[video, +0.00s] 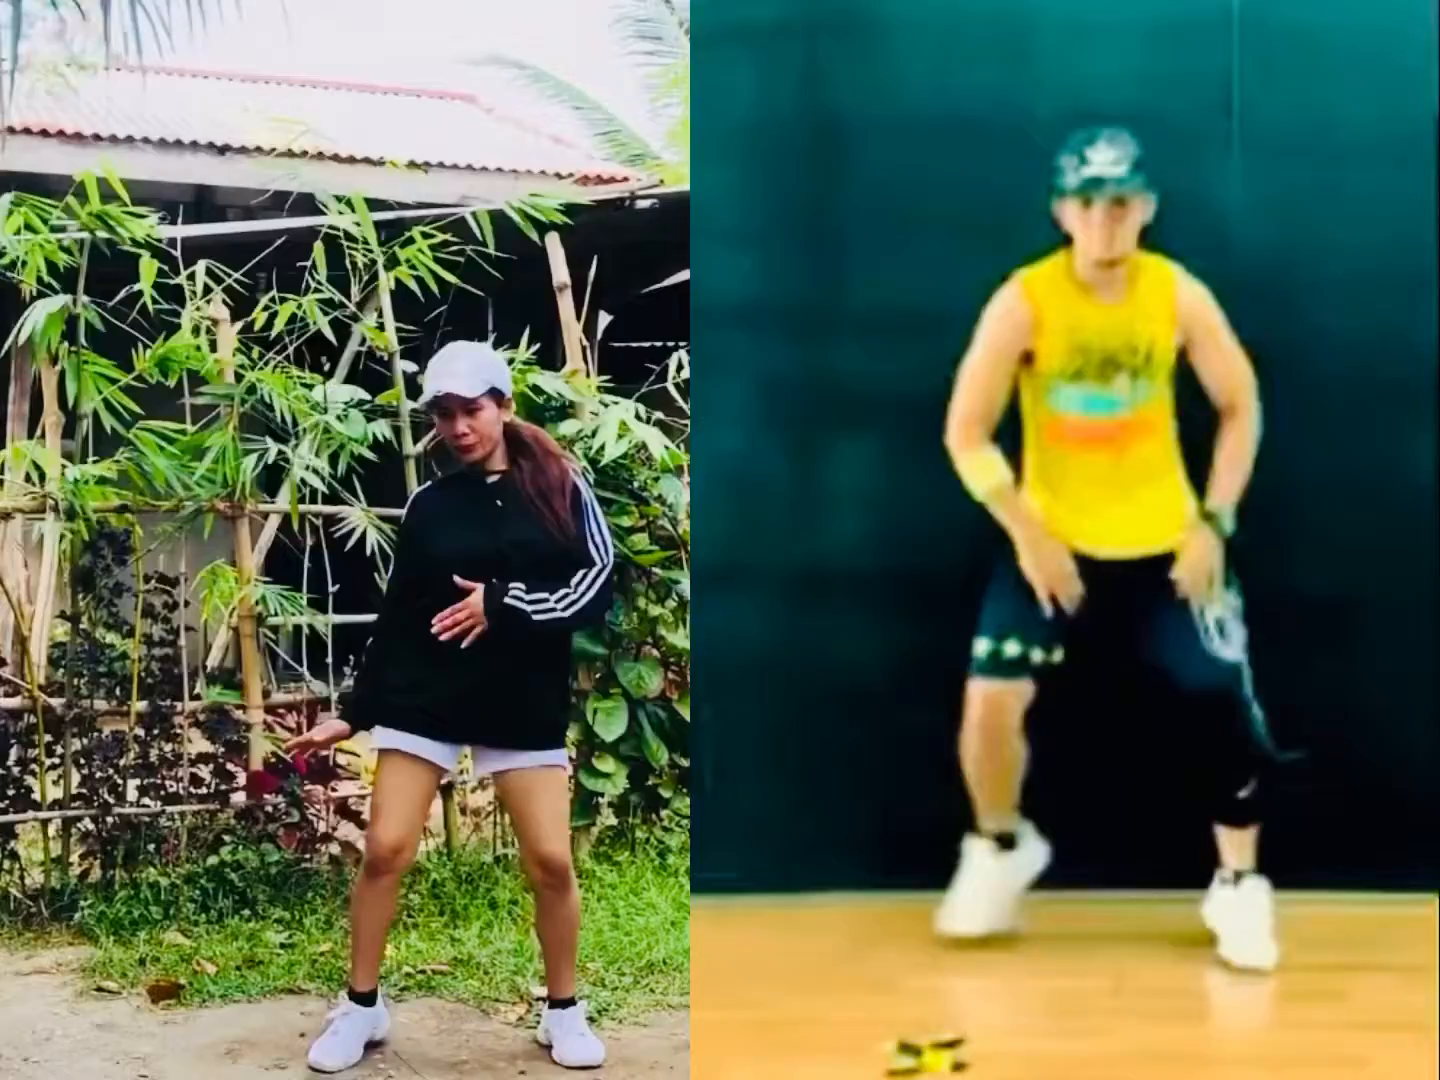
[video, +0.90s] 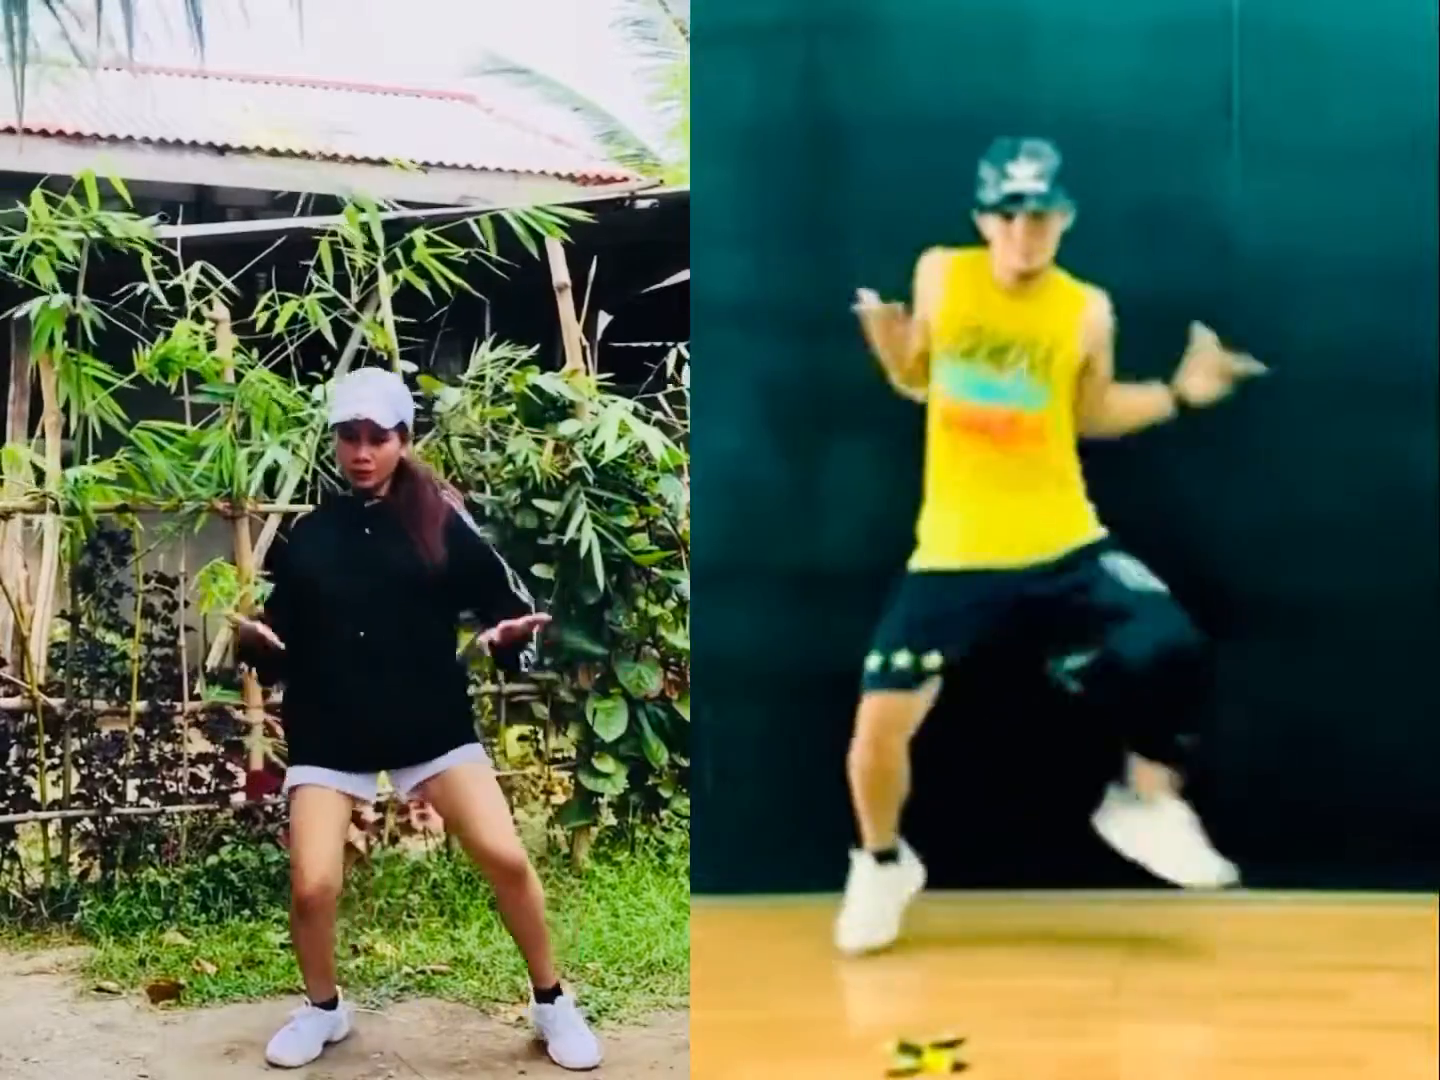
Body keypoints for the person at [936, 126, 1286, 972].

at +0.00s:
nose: (1108, 222)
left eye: (1123, 205)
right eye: (1091, 204)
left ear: (1146, 211)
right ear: (1063, 211)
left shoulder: (1179, 297)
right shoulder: (1022, 304)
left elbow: (1241, 408)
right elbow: (966, 435)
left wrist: (1212, 524)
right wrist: (1027, 532)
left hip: (1165, 530)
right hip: (1051, 531)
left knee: (1225, 704)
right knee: (991, 698)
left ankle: (1240, 883)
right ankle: (997, 849)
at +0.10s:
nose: (1100, 244)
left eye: (1116, 226)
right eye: (1084, 225)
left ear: (1140, 234)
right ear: (1056, 232)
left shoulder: (1174, 323)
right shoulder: (1008, 316)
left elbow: (1188, 409)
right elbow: (964, 422)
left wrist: (1177, 501)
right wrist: (999, 525)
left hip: (1138, 549)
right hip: (1030, 546)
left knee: (1213, 692)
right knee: (942, 710)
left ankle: (1229, 867)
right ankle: (905, 865)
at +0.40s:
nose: (1035, 229)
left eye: (1053, 212)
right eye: (1020, 210)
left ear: (1077, 217)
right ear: (994, 212)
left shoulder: (1100, 311)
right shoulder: (939, 276)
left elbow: (1120, 414)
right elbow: (884, 373)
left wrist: (1086, 489)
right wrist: (888, 468)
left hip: (1041, 538)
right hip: (933, 533)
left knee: (1101, 675)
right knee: (884, 685)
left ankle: (1139, 852)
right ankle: (856, 871)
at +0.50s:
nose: (1015, 215)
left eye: (1033, 197)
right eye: (1001, 194)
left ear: (1058, 201)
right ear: (975, 195)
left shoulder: (1086, 293)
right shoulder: (921, 258)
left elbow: (1121, 372)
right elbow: (826, 309)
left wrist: (1114, 433)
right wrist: (859, 367)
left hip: (1025, 502)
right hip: (922, 494)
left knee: (1059, 642)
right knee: (889, 658)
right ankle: (860, 852)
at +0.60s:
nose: (992, 240)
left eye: (1010, 222)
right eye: (977, 221)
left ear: (1033, 226)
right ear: (951, 222)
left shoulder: (1064, 318)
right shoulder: (903, 284)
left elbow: (1116, 422)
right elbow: (776, 303)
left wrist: (1216, 440)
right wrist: (825, 311)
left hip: (1010, 537)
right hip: (912, 525)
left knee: (979, 703)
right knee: (895, 691)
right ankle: (862, 877)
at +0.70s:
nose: (993, 256)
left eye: (1010, 238)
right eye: (978, 237)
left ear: (1034, 236)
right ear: (953, 236)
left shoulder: (1064, 308)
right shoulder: (914, 293)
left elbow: (1140, 398)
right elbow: (792, 319)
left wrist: (1224, 456)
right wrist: (749, 353)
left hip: (1004, 550)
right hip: (909, 546)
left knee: (982, 698)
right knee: (887, 723)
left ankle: (906, 859)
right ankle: (869, 886)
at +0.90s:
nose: (1022, 238)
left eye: (1038, 220)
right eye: (1007, 220)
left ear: (1062, 223)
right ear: (982, 220)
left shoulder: (1087, 312)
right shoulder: (940, 275)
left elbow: (1091, 412)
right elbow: (921, 378)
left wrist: (1177, 392)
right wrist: (893, 353)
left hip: (1065, 543)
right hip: (954, 550)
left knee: (1171, 649)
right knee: (879, 722)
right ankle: (881, 865)